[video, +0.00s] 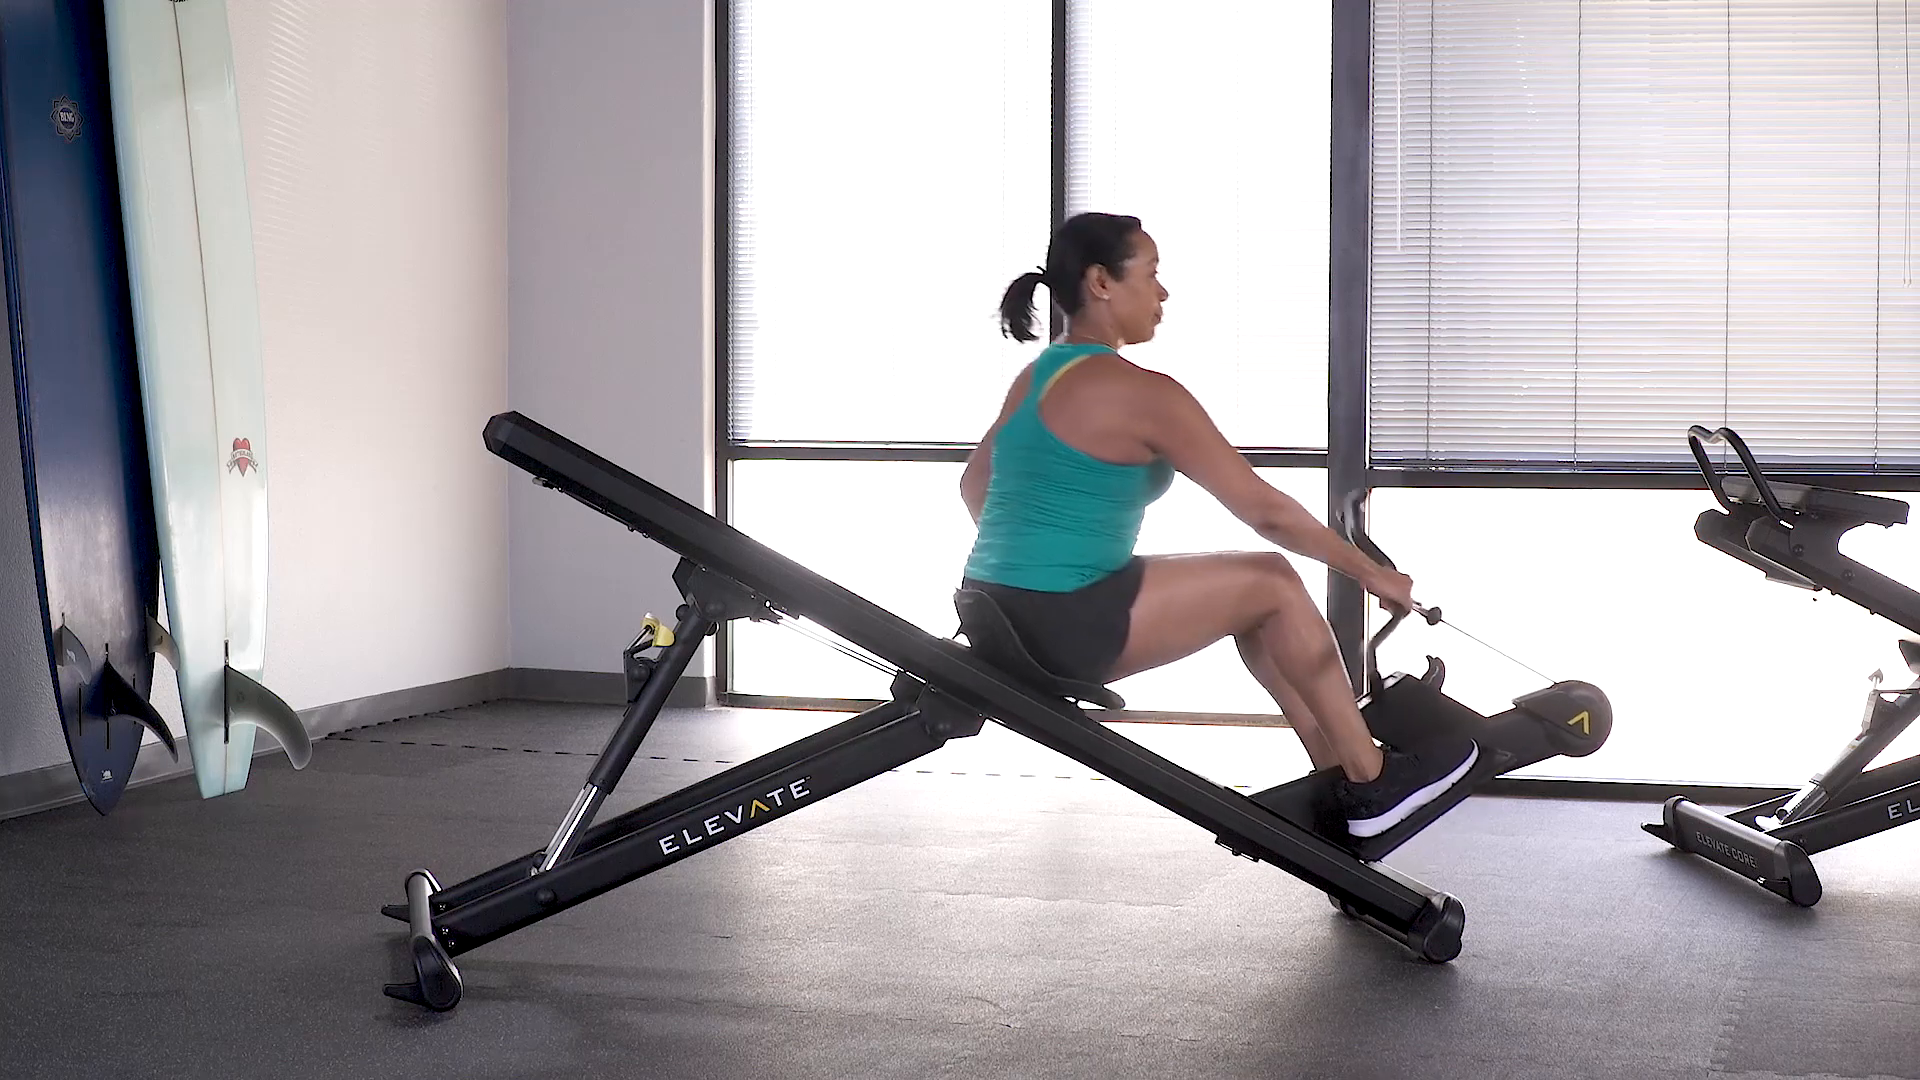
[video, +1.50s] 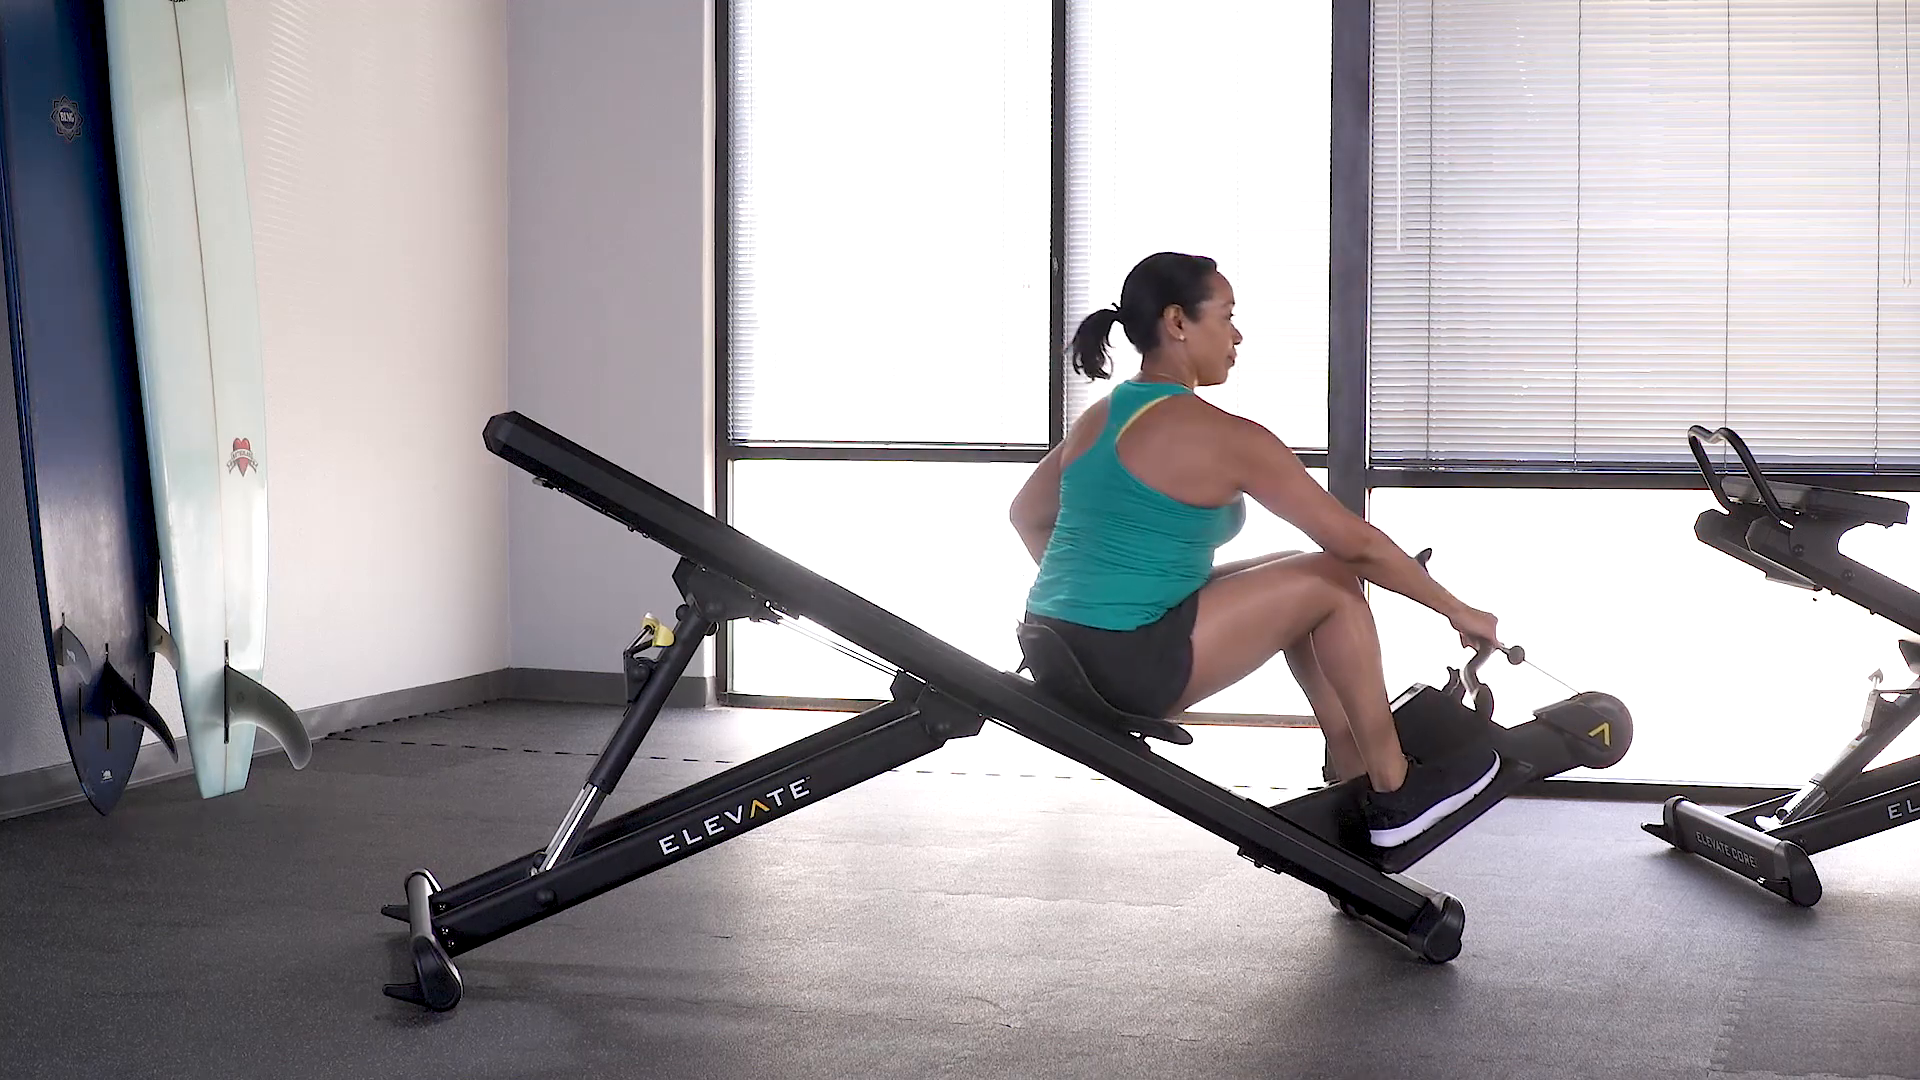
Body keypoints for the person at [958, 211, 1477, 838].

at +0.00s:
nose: (1164, 293)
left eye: (1159, 276)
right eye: (1151, 276)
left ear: (1092, 287)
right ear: (1101, 285)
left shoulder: (1039, 374)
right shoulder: (1145, 394)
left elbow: (975, 485)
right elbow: (1264, 510)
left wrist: (1035, 553)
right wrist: (1371, 570)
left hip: (995, 605)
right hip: (1062, 618)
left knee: (1251, 584)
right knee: (1274, 582)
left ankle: (1332, 760)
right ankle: (1371, 776)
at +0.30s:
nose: (990, 210)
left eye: (987, 193)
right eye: (979, 193)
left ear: (925, 200)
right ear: (925, 197)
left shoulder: (886, 282)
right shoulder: (912, 286)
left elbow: (953, 418)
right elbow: (959, 417)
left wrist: (1065, 443)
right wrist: (1079, 446)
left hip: (868, 524)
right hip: (890, 529)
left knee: (1106, 601)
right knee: (1119, 593)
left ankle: (1263, 731)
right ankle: (1283, 744)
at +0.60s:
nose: (917, 172)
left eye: (916, 156)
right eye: (907, 155)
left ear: (852, 158)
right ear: (855, 155)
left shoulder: (843, 241)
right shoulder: (815, 247)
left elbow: (753, 333)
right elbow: (719, 342)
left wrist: (872, 354)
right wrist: (851, 361)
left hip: (841, 484)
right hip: (819, 492)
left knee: (1042, 580)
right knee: (1044, 585)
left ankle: (1204, 709)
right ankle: (1217, 717)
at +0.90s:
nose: (970, 205)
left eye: (967, 187)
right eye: (959, 186)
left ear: (907, 191)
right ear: (905, 189)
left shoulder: (889, 282)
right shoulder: (882, 284)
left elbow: (895, 411)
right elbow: (888, 410)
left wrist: (1007, 422)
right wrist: (1011, 422)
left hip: (879, 520)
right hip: (878, 526)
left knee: (1105, 583)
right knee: (1111, 576)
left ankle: (1251, 721)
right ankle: (1269, 732)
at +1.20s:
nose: (1121, 277)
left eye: (1116, 259)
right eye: (1109, 259)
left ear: (1051, 264)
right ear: (1057, 263)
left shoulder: (1002, 351)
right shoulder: (1078, 370)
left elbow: (941, 464)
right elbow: (1180, 493)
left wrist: (999, 533)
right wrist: (1292, 529)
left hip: (965, 589)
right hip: (1022, 603)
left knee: (1224, 575)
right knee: (1246, 572)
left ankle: (1310, 753)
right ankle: (1348, 765)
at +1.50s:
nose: (1237, 335)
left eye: (1232, 317)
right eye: (1225, 317)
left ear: (1169, 325)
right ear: (1177, 324)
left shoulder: (1104, 413)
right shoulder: (1232, 438)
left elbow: (1029, 514)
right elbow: (1356, 544)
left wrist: (1082, 589)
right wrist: (1456, 610)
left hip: (1053, 637)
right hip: (1127, 657)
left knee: (1303, 574)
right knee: (1335, 583)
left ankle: (1349, 759)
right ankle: (1395, 787)